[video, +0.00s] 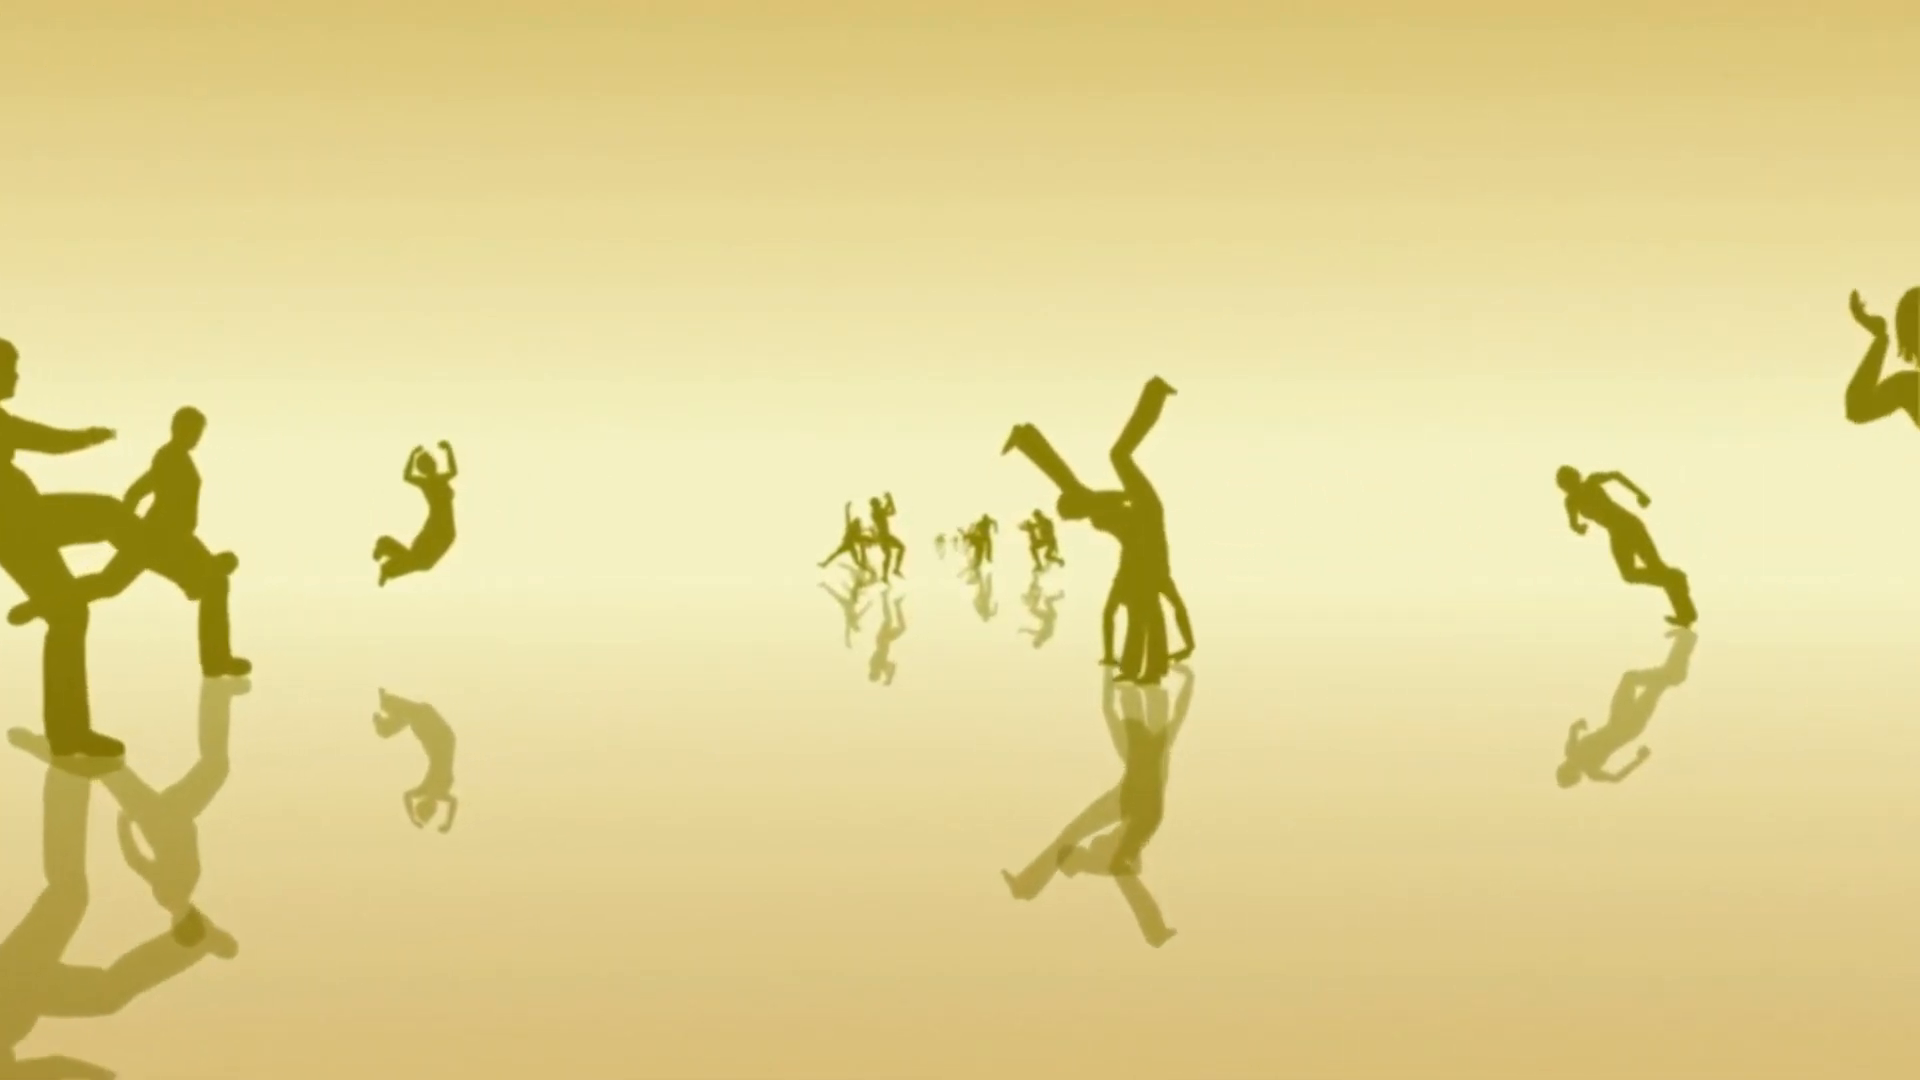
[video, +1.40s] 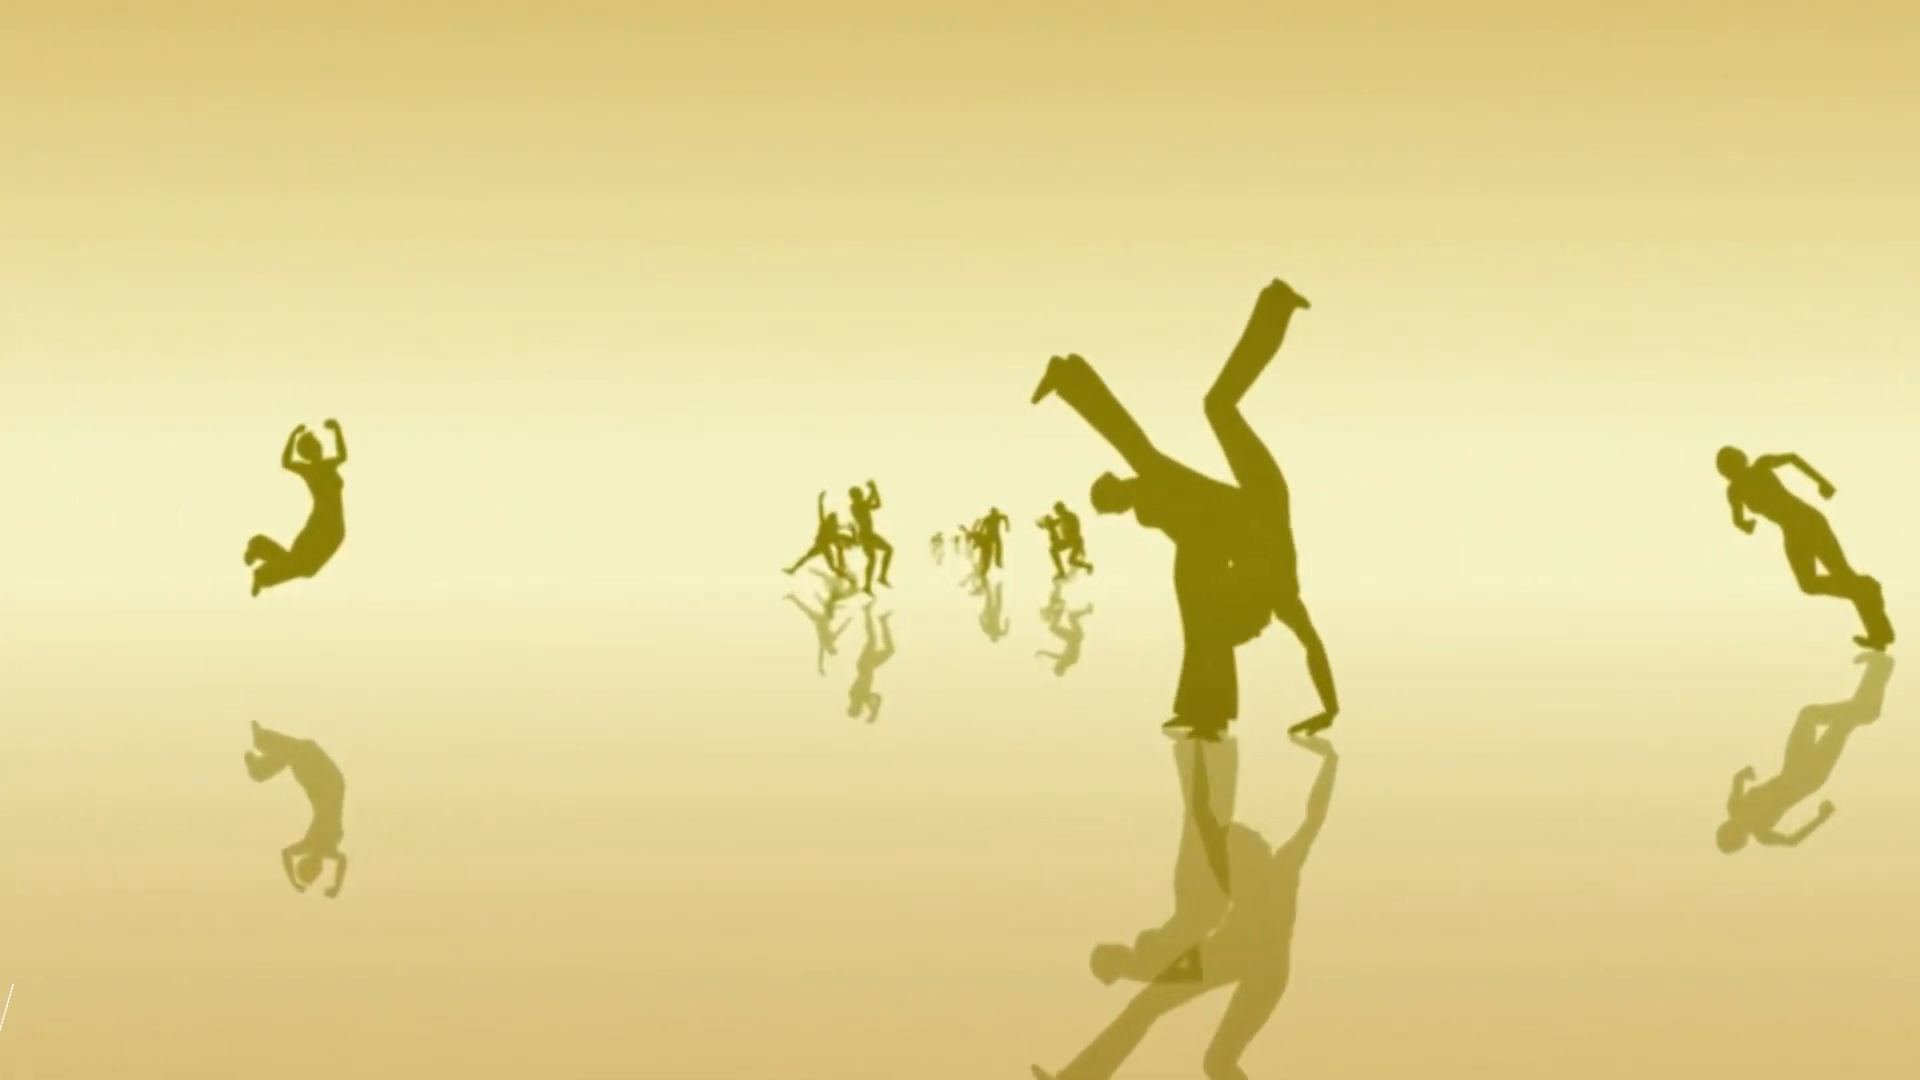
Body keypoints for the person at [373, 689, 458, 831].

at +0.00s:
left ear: (431, 806)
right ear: (421, 804)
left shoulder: (440, 794)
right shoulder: (423, 791)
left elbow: (454, 801)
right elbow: (406, 796)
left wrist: (448, 824)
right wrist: (412, 818)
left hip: (427, 715)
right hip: (417, 714)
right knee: (385, 732)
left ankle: (387, 700)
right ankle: (376, 718)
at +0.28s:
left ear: (409, 818)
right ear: (397, 815)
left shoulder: (418, 805)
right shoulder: (400, 802)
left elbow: (432, 812)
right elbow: (382, 808)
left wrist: (426, 837)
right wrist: (389, 831)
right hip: (394, 723)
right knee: (359, 740)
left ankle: (362, 707)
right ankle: (351, 725)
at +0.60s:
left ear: (387, 829)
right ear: (375, 826)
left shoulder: (397, 816)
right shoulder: (378, 812)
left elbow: (411, 823)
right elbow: (360, 818)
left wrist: (405, 848)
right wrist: (366, 842)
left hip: (383, 731)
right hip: (372, 728)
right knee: (336, 747)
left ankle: (338, 713)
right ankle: (327, 732)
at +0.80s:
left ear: (371, 838)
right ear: (359, 835)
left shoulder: (380, 824)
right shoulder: (361, 821)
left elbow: (396, 831)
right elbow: (342, 826)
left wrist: (390, 856)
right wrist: (349, 851)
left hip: (365, 735)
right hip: (355, 734)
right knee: (318, 754)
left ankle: (321, 719)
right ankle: (309, 737)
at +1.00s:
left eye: (347, 856)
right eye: (343, 856)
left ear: (354, 847)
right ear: (342, 844)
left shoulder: (364, 832)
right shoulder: (343, 829)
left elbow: (379, 841)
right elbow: (324, 834)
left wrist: (373, 866)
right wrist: (332, 860)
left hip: (349, 741)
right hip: (336, 741)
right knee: (299, 760)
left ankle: (302, 725)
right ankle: (290, 742)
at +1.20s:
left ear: (335, 856)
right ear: (322, 853)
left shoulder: (346, 841)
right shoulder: (325, 838)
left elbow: (362, 849)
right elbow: (305, 843)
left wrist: (355, 875)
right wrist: (312, 870)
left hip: (330, 747)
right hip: (317, 747)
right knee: (279, 767)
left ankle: (282, 730)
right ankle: (270, 749)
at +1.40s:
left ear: (316, 866)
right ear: (303, 863)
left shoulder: (327, 851)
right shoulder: (307, 847)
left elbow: (343, 859)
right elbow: (286, 853)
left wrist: (337, 886)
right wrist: (293, 881)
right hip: (298, 753)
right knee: (258, 774)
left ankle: (262, 736)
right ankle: (249, 756)